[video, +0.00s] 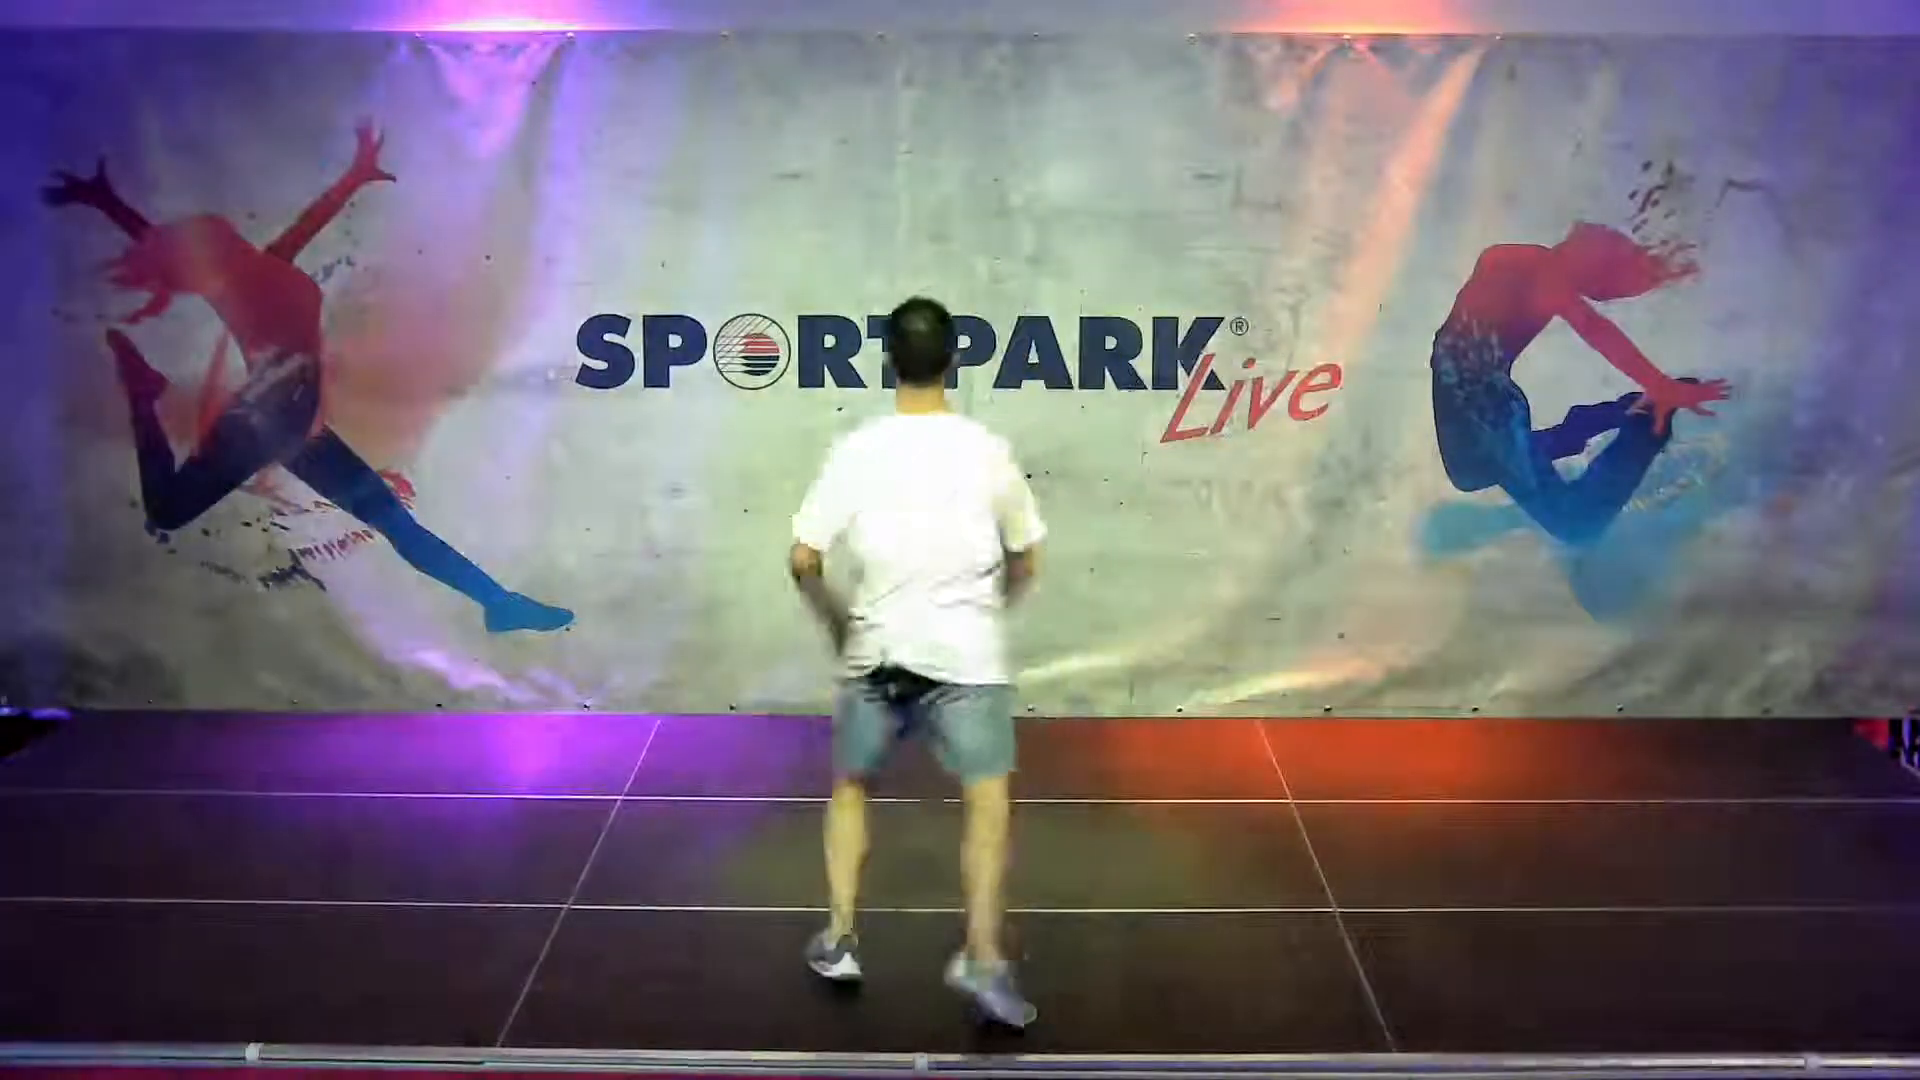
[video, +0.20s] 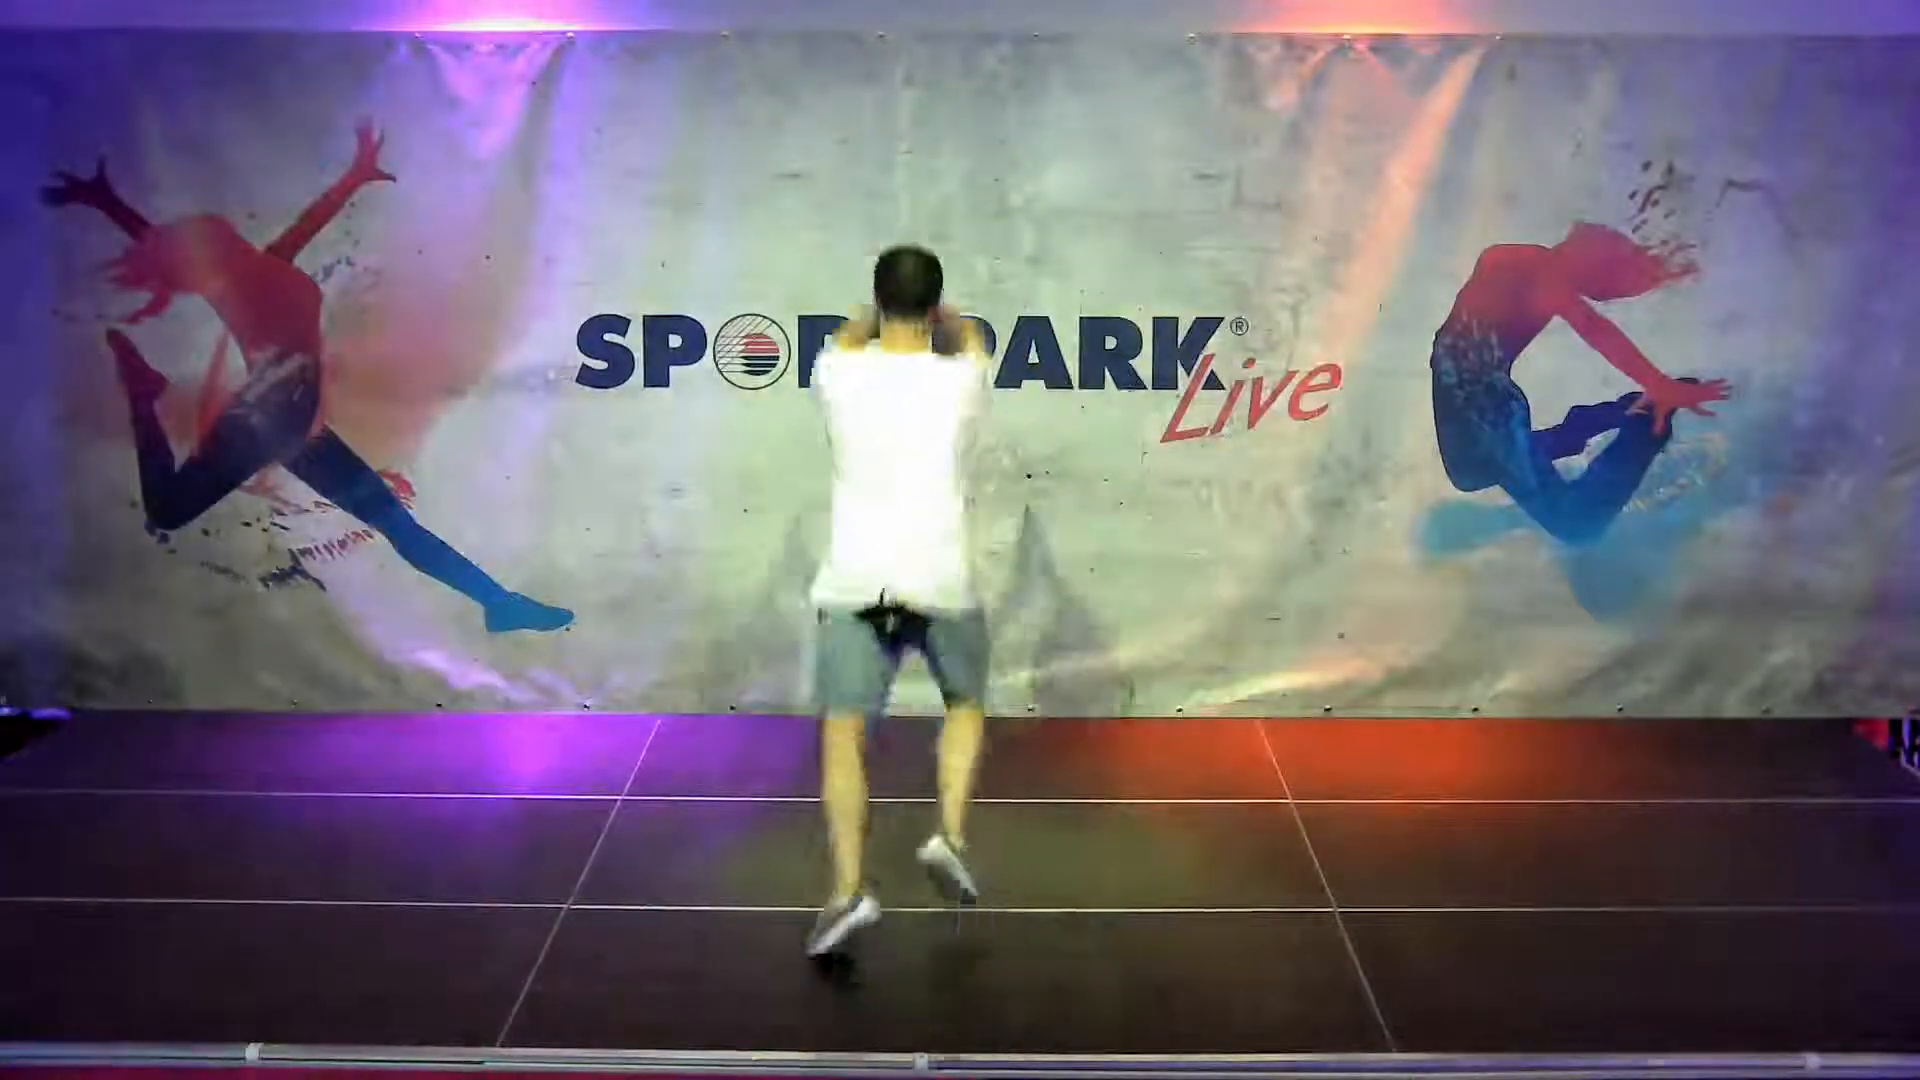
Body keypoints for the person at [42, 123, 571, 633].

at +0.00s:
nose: (181, 289)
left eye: (180, 270)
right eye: (177, 272)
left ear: (208, 257)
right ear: (204, 255)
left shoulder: (265, 268)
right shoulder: (239, 277)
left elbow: (309, 220)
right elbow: (158, 248)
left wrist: (359, 175)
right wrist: (104, 201)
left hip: (301, 428)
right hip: (261, 423)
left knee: (389, 515)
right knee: (167, 511)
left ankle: (500, 602)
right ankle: (142, 394)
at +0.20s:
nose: (183, 287)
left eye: (182, 267)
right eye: (177, 270)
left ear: (209, 255)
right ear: (203, 255)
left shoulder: (267, 268)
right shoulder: (237, 276)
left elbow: (309, 220)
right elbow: (157, 247)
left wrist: (358, 175)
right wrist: (104, 200)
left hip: (302, 428)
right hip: (261, 423)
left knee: (390, 516)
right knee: (166, 511)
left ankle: (501, 603)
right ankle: (142, 395)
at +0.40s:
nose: (182, 286)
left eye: (182, 267)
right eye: (177, 269)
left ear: (208, 256)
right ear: (203, 255)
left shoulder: (266, 268)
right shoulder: (237, 276)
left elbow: (309, 220)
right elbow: (158, 247)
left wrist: (358, 175)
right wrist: (104, 200)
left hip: (301, 428)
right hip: (261, 422)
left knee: (390, 517)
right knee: (166, 511)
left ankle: (501, 603)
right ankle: (142, 394)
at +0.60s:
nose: (185, 285)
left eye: (183, 265)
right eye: (180, 267)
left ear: (209, 255)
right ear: (201, 256)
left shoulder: (267, 269)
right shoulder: (235, 276)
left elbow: (310, 220)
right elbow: (157, 246)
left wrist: (359, 175)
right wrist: (104, 200)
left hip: (302, 427)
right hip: (263, 422)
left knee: (389, 516)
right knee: (166, 510)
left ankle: (500, 602)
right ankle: (142, 394)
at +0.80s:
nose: (189, 285)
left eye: (189, 265)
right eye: (189, 263)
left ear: (207, 255)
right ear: (208, 250)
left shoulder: (262, 268)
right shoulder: (240, 279)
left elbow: (311, 221)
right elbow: (159, 246)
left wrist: (358, 175)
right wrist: (105, 202)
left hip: (297, 426)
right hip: (262, 422)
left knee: (387, 513)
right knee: (166, 510)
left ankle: (500, 602)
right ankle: (140, 394)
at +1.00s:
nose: (191, 283)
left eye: (190, 264)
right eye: (191, 262)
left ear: (208, 255)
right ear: (208, 251)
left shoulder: (263, 269)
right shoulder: (240, 279)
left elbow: (311, 221)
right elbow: (160, 246)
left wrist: (358, 175)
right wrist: (104, 201)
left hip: (297, 426)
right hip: (262, 422)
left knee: (387, 513)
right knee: (166, 510)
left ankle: (500, 602)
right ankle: (141, 394)